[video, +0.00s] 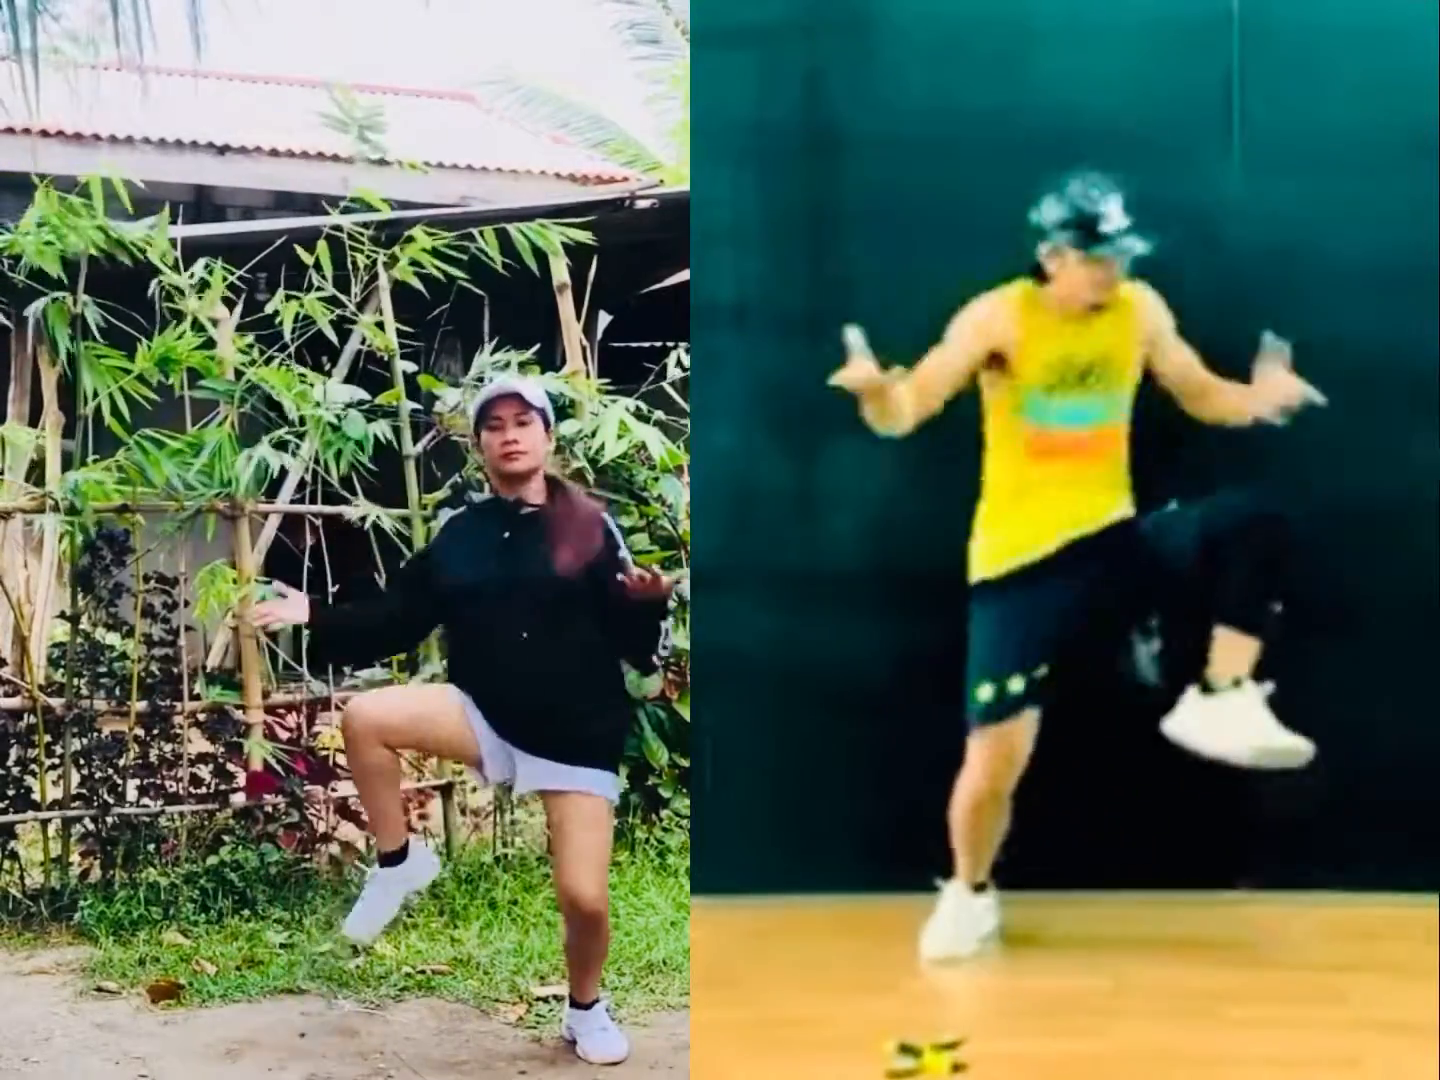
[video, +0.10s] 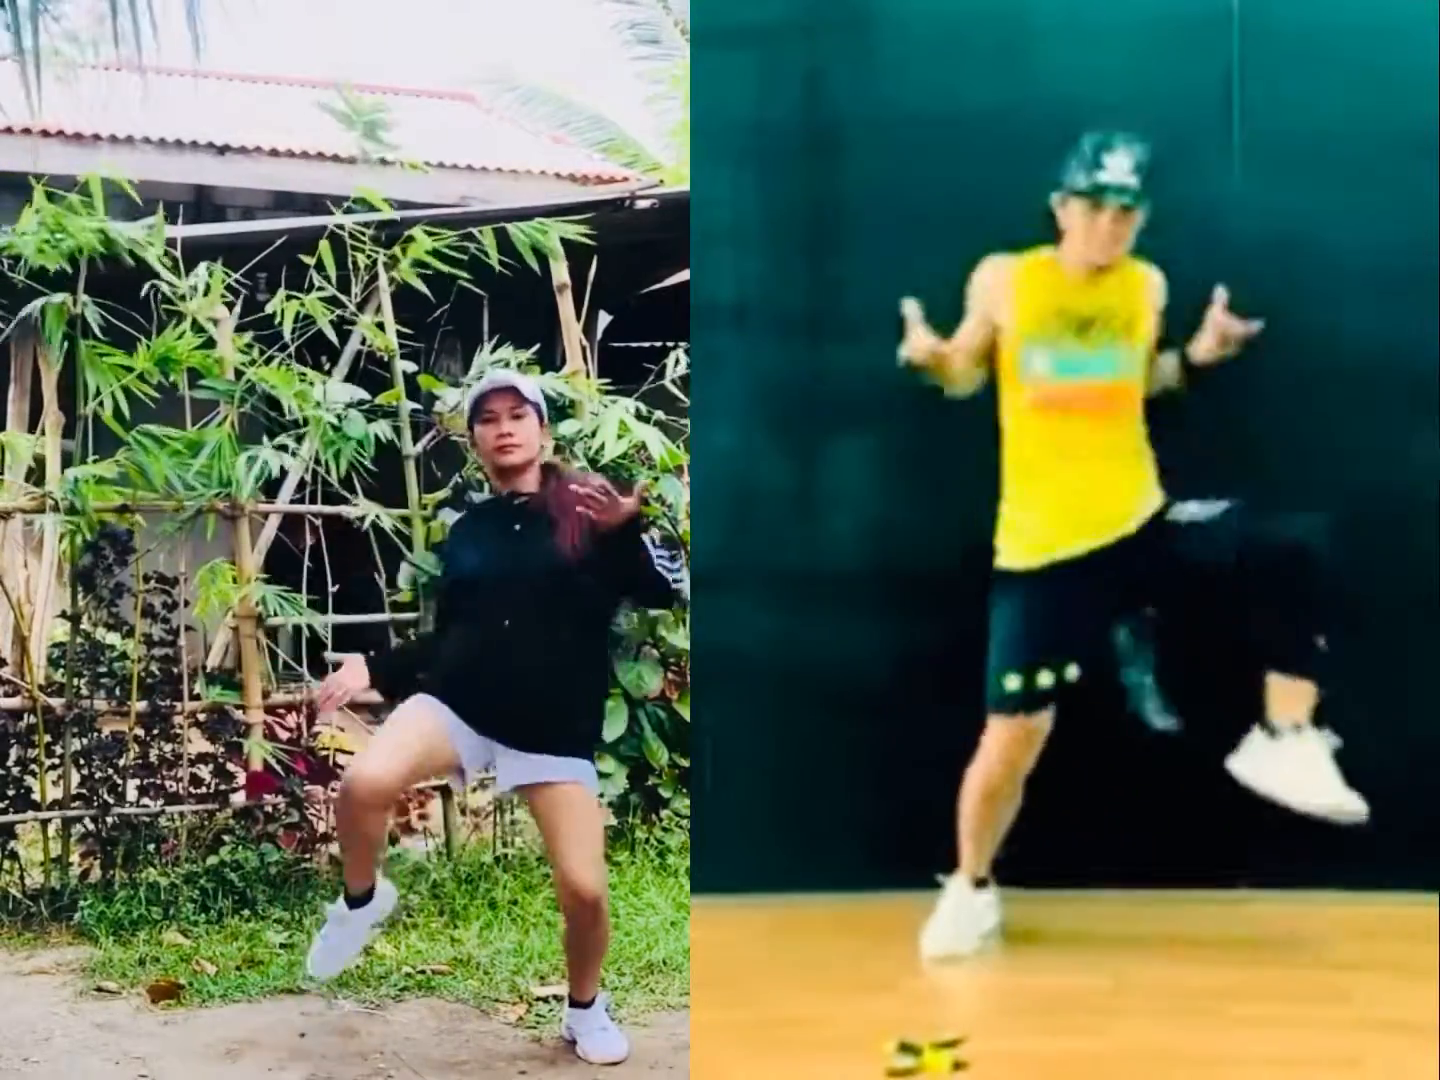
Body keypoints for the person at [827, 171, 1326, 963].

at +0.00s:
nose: (1111, 274)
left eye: (1116, 258)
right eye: (1094, 260)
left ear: (1125, 255)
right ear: (1050, 259)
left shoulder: (1138, 310)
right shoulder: (997, 319)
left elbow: (1200, 393)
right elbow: (908, 408)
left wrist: (1259, 398)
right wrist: (877, 391)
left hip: (1112, 540)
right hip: (1016, 564)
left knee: (1253, 524)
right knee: (998, 754)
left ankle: (1222, 697)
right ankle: (968, 894)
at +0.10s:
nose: (1110, 228)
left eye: (1125, 213)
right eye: (1096, 208)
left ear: (1140, 219)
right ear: (1061, 208)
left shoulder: (1144, 285)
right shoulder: (1005, 280)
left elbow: (1137, 380)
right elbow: (965, 372)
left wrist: (1196, 353)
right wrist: (931, 357)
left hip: (1139, 522)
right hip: (1039, 548)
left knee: (1289, 554)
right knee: (1013, 738)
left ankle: (1285, 740)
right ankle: (968, 890)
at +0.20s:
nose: (1115, 228)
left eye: (1131, 213)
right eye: (1101, 210)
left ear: (1150, 219)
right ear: (1070, 210)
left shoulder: (1165, 298)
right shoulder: (1019, 278)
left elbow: (1191, 406)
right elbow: (931, 364)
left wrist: (1282, 373)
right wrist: (947, 328)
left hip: (1170, 535)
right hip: (1061, 553)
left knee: (1296, 643)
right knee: (1018, 730)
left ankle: (1342, 824)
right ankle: (998, 877)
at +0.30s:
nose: (1128, 280)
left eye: (1144, 264)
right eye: (1114, 261)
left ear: (1165, 272)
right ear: (1084, 263)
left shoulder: (1191, 362)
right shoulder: (1035, 333)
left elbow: (1290, 446)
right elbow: (928, 382)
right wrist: (959, 355)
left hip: (1193, 592)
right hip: (1080, 603)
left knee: (1296, 719)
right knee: (1014, 771)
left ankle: (1326, 896)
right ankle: (1017, 891)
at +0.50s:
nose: (1208, 296)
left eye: (1224, 277)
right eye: (1192, 277)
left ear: (1248, 277)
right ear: (1167, 280)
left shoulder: (1279, 342)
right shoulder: (1130, 358)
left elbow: (1334, 448)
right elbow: (1044, 461)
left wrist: (1362, 427)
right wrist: (960, 467)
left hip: (1247, 606)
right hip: (1145, 606)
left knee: (1353, 736)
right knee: (1091, 776)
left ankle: (1331, 900)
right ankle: (967, 870)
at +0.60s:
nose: (1239, 246)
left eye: (1252, 229)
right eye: (1222, 231)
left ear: (1273, 235)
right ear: (1192, 240)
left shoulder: (1306, 306)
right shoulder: (1163, 321)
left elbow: (1332, 413)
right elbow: (1144, 425)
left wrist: (1363, 377)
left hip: (1278, 579)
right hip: (1171, 571)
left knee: (1363, 729)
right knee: (1076, 727)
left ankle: (1332, 897)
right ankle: (956, 821)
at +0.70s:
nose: (1257, 235)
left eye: (1270, 218)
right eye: (1240, 219)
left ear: (1291, 223)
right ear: (1211, 228)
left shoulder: (1323, 308)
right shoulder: (1183, 303)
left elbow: (1378, 409)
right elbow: (1139, 414)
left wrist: (1434, 382)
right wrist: (1114, 353)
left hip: (1290, 553)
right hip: (1183, 535)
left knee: (1351, 735)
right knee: (1079, 616)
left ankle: (1331, 896)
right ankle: (1033, 751)